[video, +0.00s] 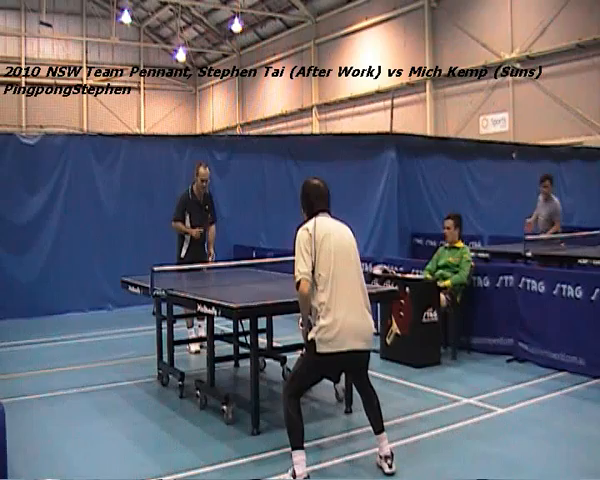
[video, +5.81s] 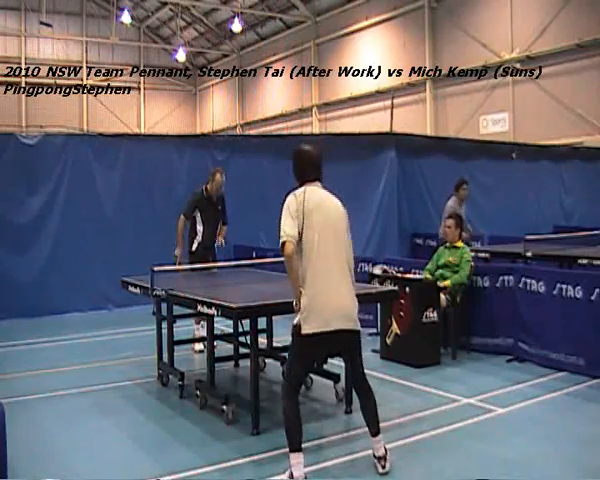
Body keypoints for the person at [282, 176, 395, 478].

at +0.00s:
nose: (301, 206)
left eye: (302, 201)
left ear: (304, 203)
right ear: (328, 202)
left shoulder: (307, 232)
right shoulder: (346, 230)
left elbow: (304, 287)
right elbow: (355, 278)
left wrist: (305, 318)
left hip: (331, 337)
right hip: (363, 333)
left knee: (291, 392)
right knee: (362, 381)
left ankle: (299, 467)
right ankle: (385, 450)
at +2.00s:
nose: (303, 194)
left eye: (303, 189)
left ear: (305, 191)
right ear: (329, 190)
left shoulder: (306, 219)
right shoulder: (346, 219)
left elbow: (303, 272)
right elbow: (354, 268)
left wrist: (303, 305)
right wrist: (325, 303)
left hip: (328, 326)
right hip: (360, 323)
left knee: (294, 390)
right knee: (364, 379)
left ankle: (300, 465)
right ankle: (386, 451)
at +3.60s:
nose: (310, 193)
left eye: (310, 188)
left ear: (310, 191)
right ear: (335, 189)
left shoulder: (314, 223)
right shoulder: (351, 217)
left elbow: (301, 279)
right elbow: (364, 264)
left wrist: (301, 320)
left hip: (347, 326)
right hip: (378, 320)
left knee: (315, 392)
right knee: (370, 372)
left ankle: (325, 467)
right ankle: (389, 442)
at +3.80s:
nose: (331, 189)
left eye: (331, 184)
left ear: (332, 188)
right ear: (356, 186)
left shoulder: (334, 219)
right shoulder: (371, 216)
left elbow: (315, 270)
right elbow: (384, 267)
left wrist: (301, 304)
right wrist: (384, 300)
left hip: (359, 322)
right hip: (387, 317)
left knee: (330, 390)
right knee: (382, 373)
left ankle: (328, 465)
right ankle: (396, 437)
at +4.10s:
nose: (374, 166)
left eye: (370, 161)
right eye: (385, 161)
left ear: (368, 163)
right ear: (391, 164)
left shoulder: (362, 189)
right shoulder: (404, 196)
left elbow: (348, 237)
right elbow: (418, 250)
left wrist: (348, 282)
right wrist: (405, 279)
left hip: (370, 290)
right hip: (399, 291)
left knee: (355, 362)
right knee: (391, 360)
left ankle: (361, 432)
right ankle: (396, 433)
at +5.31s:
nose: (340, 154)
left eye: (340, 149)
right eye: (345, 147)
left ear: (345, 150)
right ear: (369, 150)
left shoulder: (343, 182)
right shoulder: (385, 189)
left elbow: (336, 233)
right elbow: (396, 245)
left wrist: (340, 273)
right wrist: (377, 269)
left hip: (354, 297)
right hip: (385, 298)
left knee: (325, 365)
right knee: (382, 370)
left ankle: (319, 445)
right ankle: (387, 444)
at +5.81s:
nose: (294, 174)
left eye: (294, 168)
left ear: (295, 171)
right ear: (321, 171)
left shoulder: (295, 200)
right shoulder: (338, 204)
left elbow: (288, 248)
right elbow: (348, 258)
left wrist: (298, 292)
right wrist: (341, 291)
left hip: (315, 318)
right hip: (348, 316)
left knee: (290, 389)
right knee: (359, 379)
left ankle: (297, 468)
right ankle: (380, 450)